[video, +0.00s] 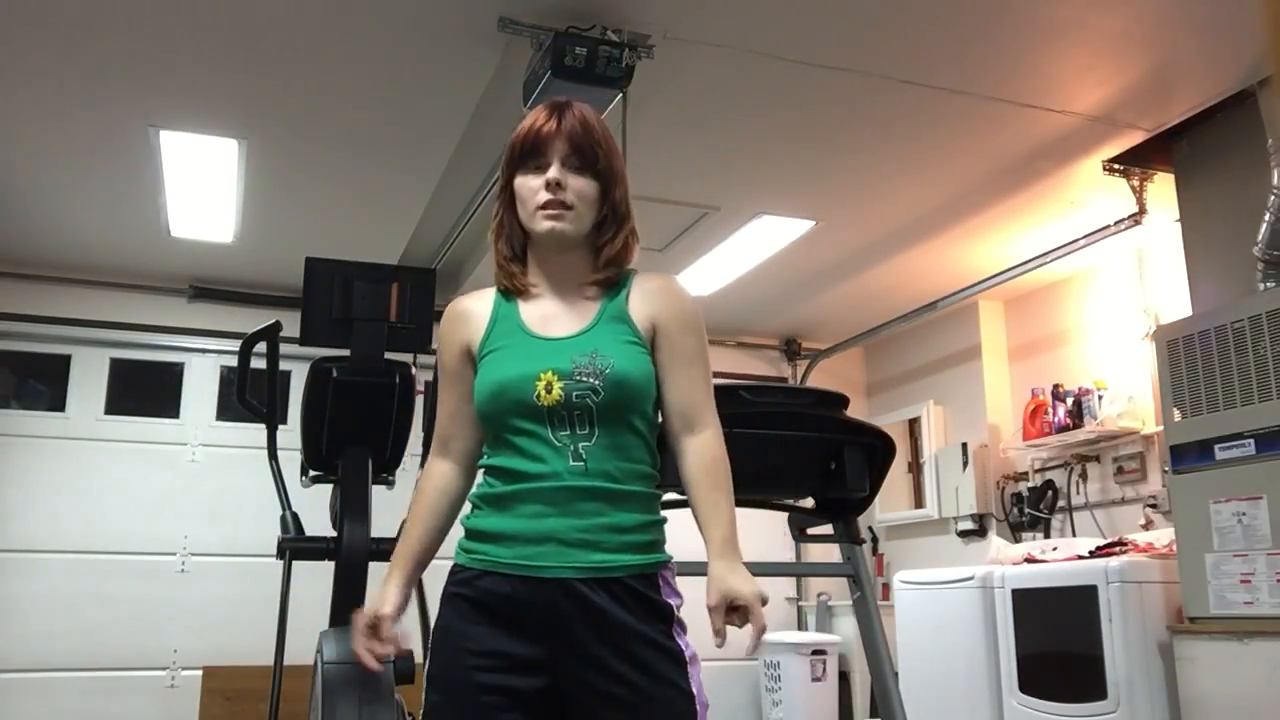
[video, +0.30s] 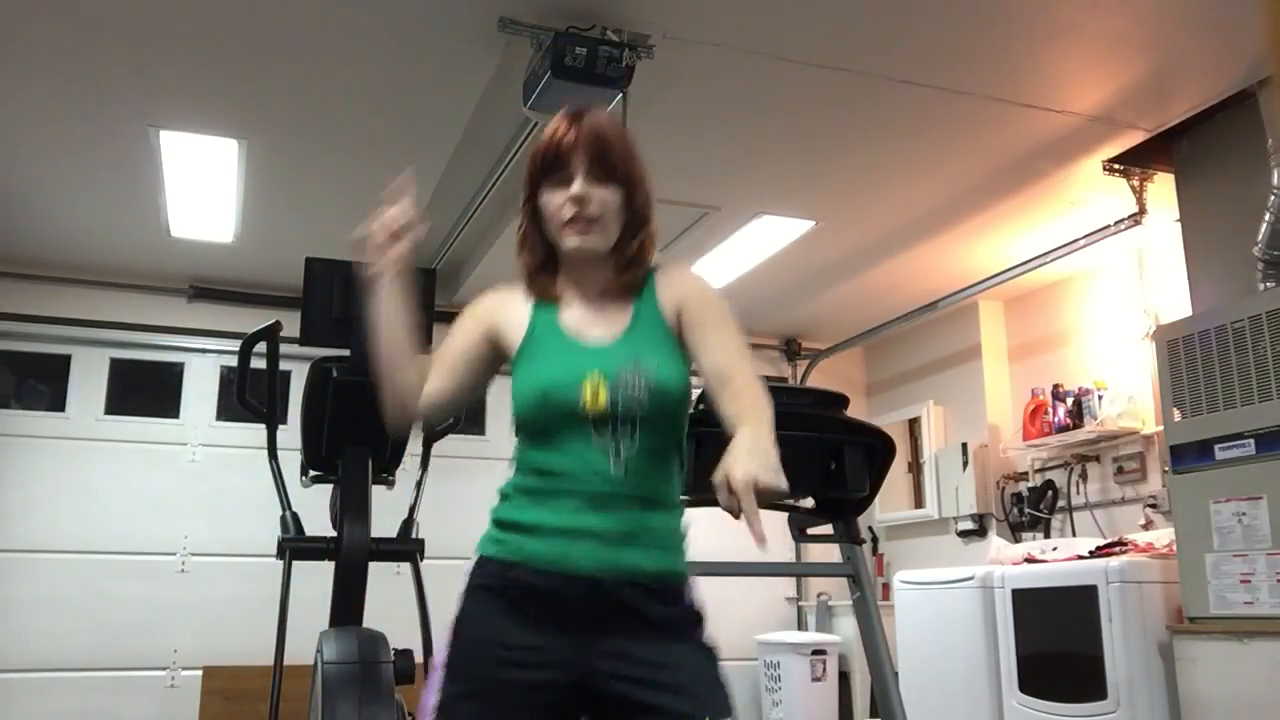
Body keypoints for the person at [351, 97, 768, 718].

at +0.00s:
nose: (553, 179)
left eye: (577, 165)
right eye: (535, 165)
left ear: (606, 191)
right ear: (511, 192)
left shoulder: (656, 301)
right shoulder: (471, 316)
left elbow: (696, 430)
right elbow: (449, 459)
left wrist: (725, 559)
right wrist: (397, 582)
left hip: (624, 607)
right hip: (490, 605)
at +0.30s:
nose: (578, 194)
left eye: (601, 177)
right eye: (558, 178)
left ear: (631, 198)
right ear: (537, 201)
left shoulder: (679, 293)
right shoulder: (504, 310)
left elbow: (741, 388)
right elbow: (407, 404)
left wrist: (752, 443)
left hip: (648, 607)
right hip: (517, 601)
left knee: (696, 708)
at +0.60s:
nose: (651, 223)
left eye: (673, 207)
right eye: (634, 204)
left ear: (703, 226)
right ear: (611, 221)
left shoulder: (740, 323)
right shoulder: (593, 333)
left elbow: (789, 461)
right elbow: (545, 342)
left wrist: (827, 597)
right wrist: (588, 246)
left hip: (741, 617)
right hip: (624, 629)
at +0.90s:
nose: (689, 214)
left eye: (711, 198)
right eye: (669, 198)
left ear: (741, 215)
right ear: (647, 215)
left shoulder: (794, 317)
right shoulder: (611, 305)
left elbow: (838, 452)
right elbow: (596, 348)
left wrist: (893, 586)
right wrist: (629, 346)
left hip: (779, 602)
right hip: (649, 609)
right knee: (591, 709)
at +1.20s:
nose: (706, 194)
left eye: (729, 179)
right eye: (686, 177)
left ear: (757, 202)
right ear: (662, 194)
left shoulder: (782, 324)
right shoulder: (618, 280)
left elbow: (834, 432)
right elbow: (559, 382)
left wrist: (942, 433)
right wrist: (557, 322)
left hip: (756, 595)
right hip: (630, 598)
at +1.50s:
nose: (649, 212)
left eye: (669, 196)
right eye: (628, 194)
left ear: (689, 218)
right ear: (595, 211)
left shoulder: (696, 335)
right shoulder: (551, 298)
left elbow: (777, 406)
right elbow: (465, 391)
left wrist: (803, 284)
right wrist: (443, 250)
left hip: (649, 624)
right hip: (547, 611)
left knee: (718, 712)